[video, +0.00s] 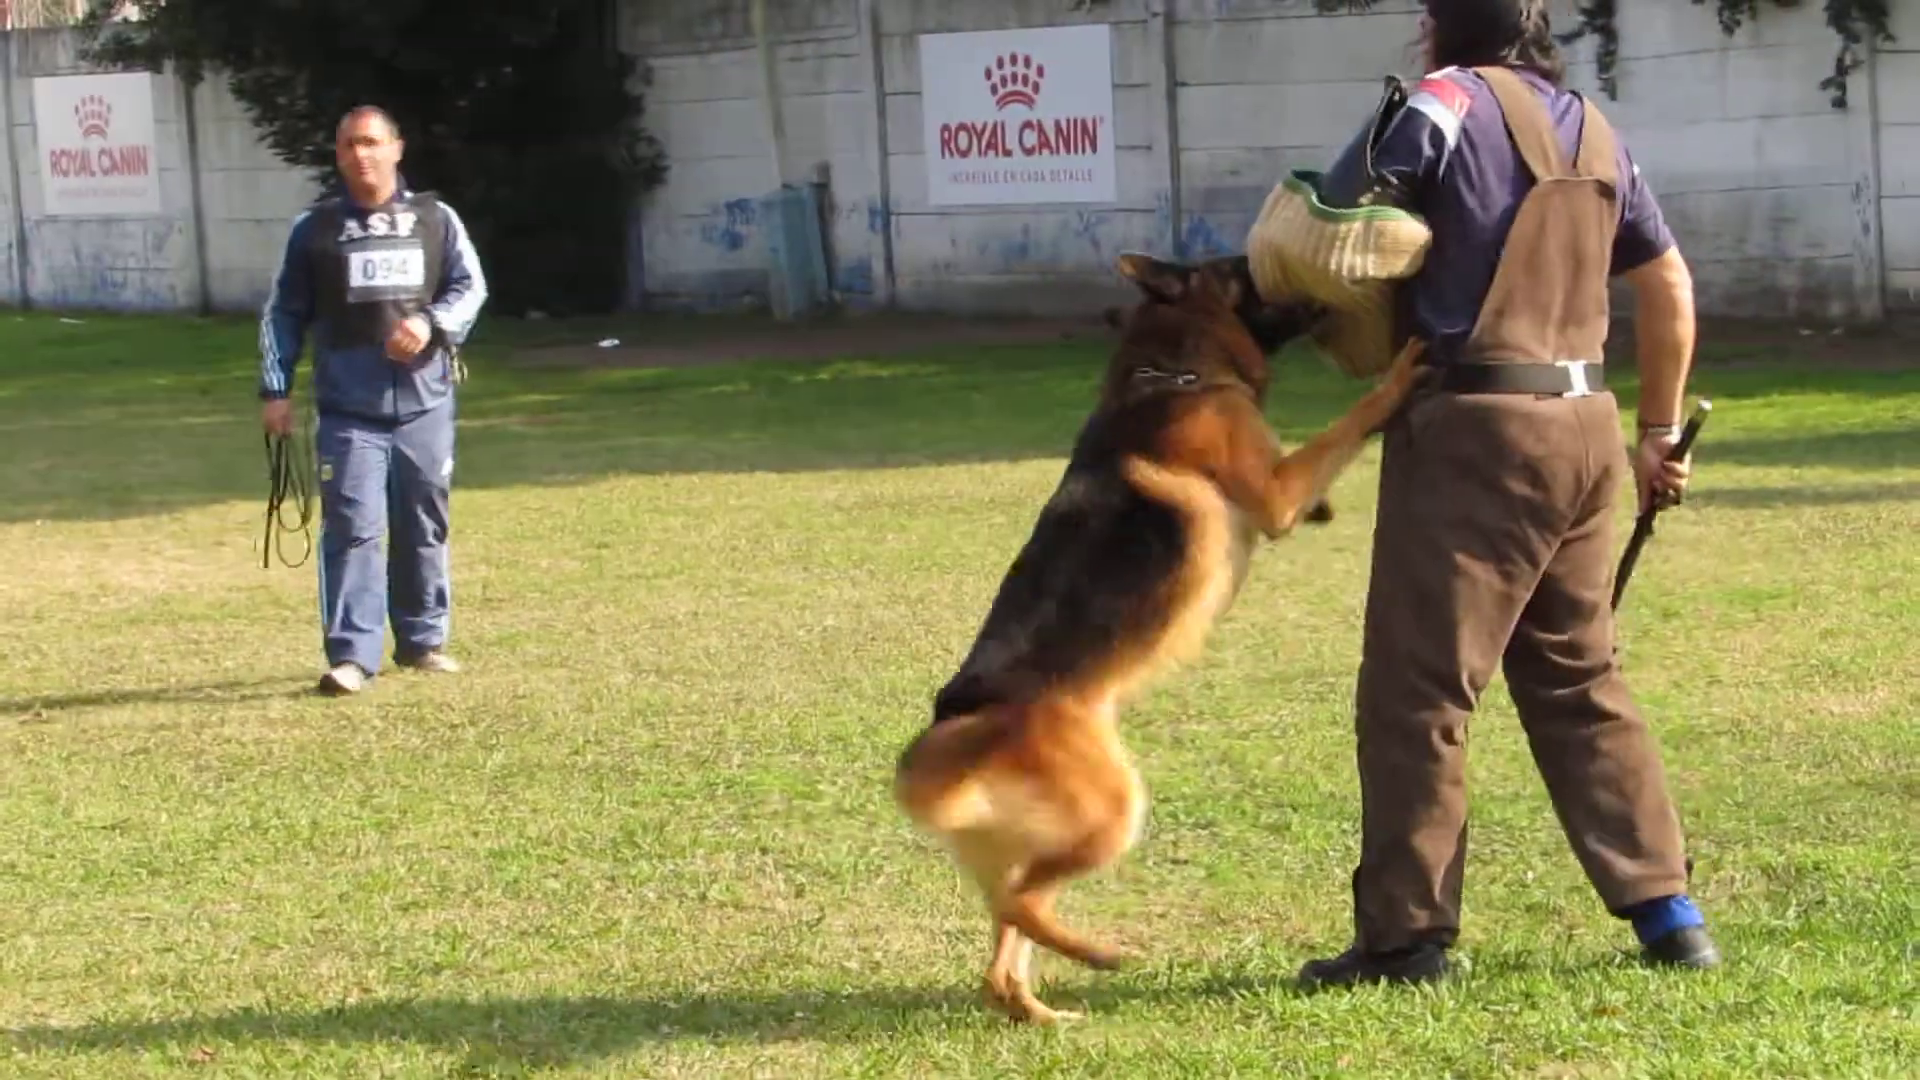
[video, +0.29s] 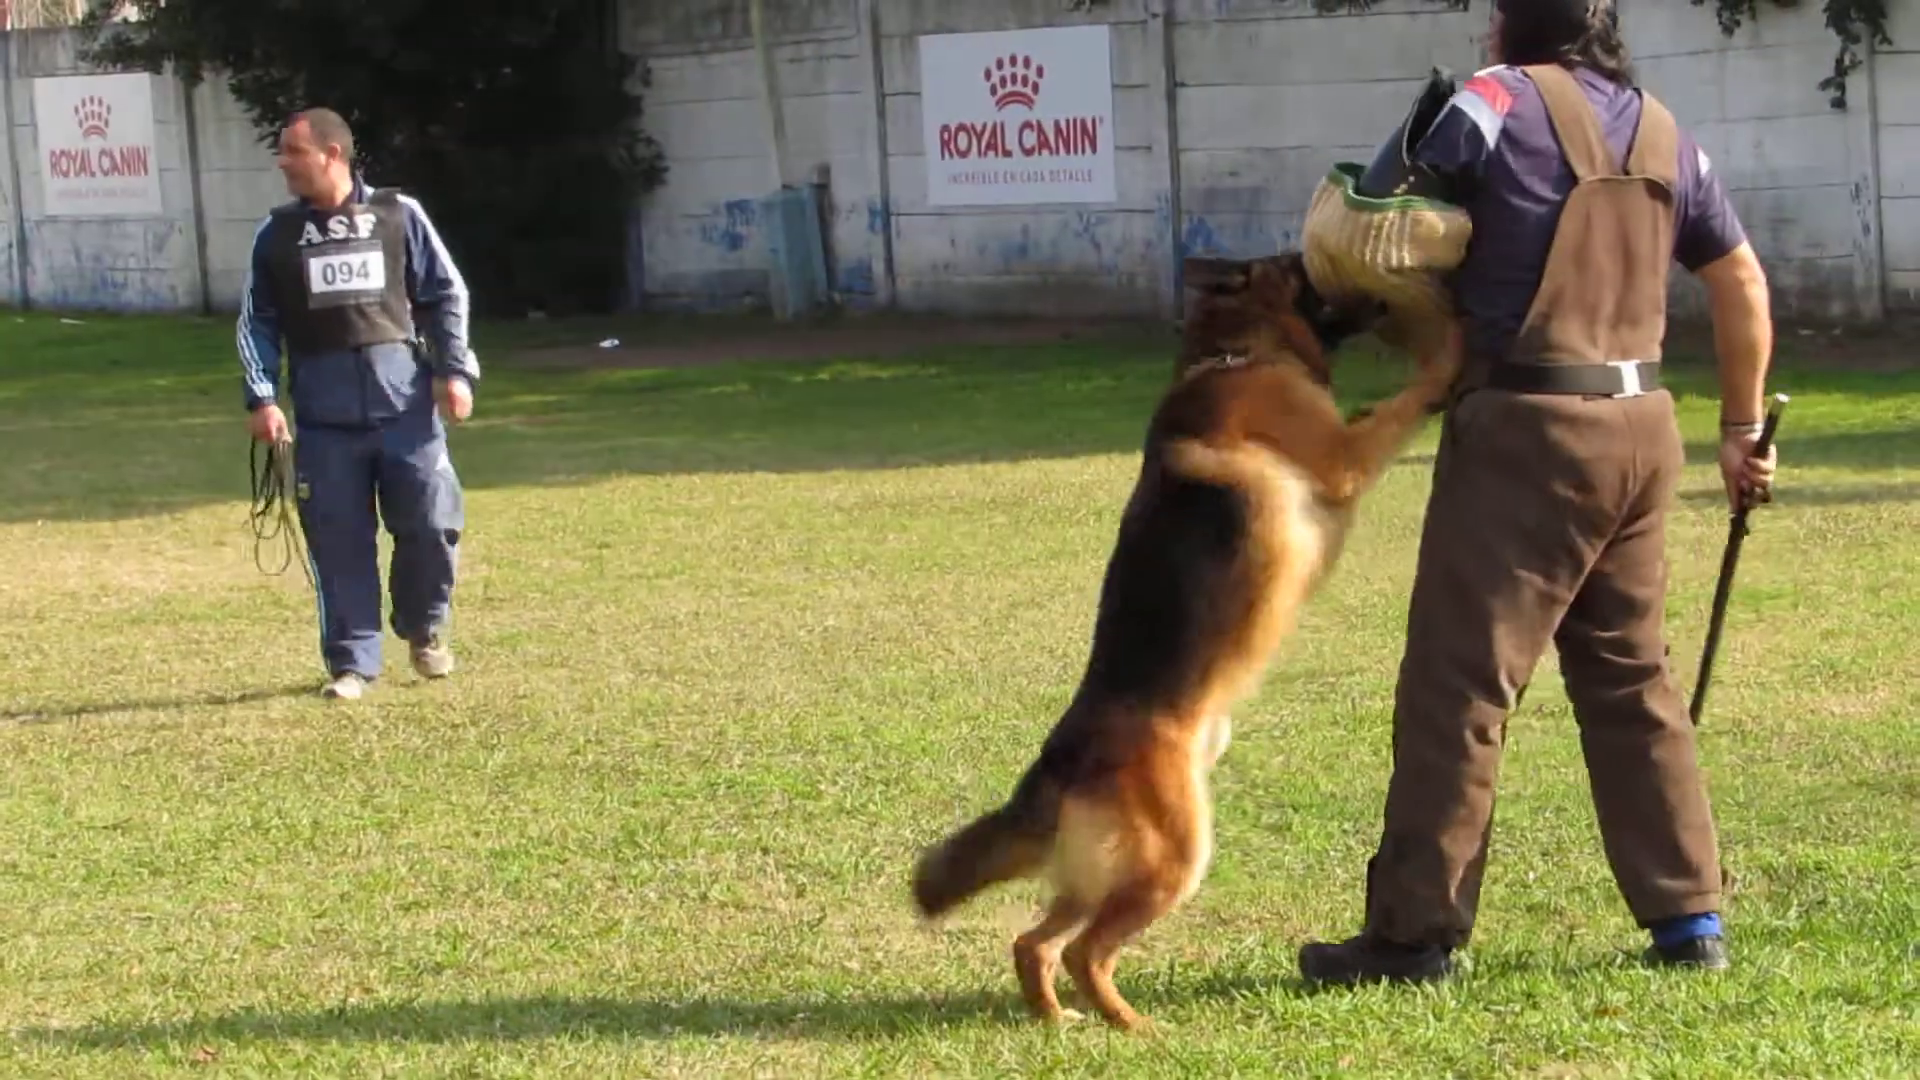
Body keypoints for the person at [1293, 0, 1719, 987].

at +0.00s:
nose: (1419, 38)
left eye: (1424, 25)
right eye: (1422, 28)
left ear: (1450, 26)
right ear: (1531, 32)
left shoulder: (1444, 99)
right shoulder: (1595, 131)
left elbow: (1364, 233)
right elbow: (1666, 285)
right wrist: (1662, 431)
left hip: (1474, 425)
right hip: (1585, 422)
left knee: (1418, 687)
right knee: (1577, 674)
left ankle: (1405, 941)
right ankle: (1666, 912)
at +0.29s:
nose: (1493, 29)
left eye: (1498, 19)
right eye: (1499, 21)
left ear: (1515, 27)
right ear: (1600, 29)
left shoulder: (1493, 98)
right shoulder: (1665, 132)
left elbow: (1386, 230)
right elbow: (1741, 284)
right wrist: (1744, 427)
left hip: (1529, 431)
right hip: (1644, 426)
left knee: (1458, 685)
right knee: (1632, 677)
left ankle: (1413, 935)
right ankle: (1689, 918)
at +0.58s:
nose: (1522, 31)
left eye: (1526, 21)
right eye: (1527, 22)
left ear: (1549, 25)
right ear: (1634, 26)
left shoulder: (1528, 96)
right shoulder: (1701, 127)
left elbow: (1421, 216)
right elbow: (1770, 282)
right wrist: (1762, 423)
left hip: (1546, 428)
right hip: (1668, 427)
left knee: (1471, 679)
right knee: (1638, 675)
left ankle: (1431, 928)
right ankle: (1661, 922)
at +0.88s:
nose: (1418, 37)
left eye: (1421, 25)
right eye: (1423, 25)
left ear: (1439, 29)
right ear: (1530, 27)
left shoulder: (1408, 115)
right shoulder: (1600, 130)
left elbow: (1305, 235)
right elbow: (1674, 292)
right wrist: (1667, 429)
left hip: (1424, 428)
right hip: (1555, 430)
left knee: (1369, 685)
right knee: (1532, 682)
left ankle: (1330, 935)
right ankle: (1546, 931)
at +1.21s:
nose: (1342, 46)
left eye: (1346, 31)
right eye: (1347, 31)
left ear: (1362, 36)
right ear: (1457, 36)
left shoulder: (1333, 129)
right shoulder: (1531, 133)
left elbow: (1242, 282)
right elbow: (1608, 285)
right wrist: (1612, 427)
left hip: (1360, 444)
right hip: (1491, 441)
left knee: (1300, 689)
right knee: (1475, 688)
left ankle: (1270, 938)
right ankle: (1489, 932)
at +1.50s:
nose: (1276, 41)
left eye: (1280, 29)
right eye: (1282, 28)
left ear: (1295, 38)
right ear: (1386, 36)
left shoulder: (1273, 129)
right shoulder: (1461, 138)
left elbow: (1176, 262)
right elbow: (1529, 296)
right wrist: (1512, 430)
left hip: (1290, 444)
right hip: (1415, 440)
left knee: (1227, 693)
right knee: (1395, 682)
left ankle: (1204, 944)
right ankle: (1424, 933)